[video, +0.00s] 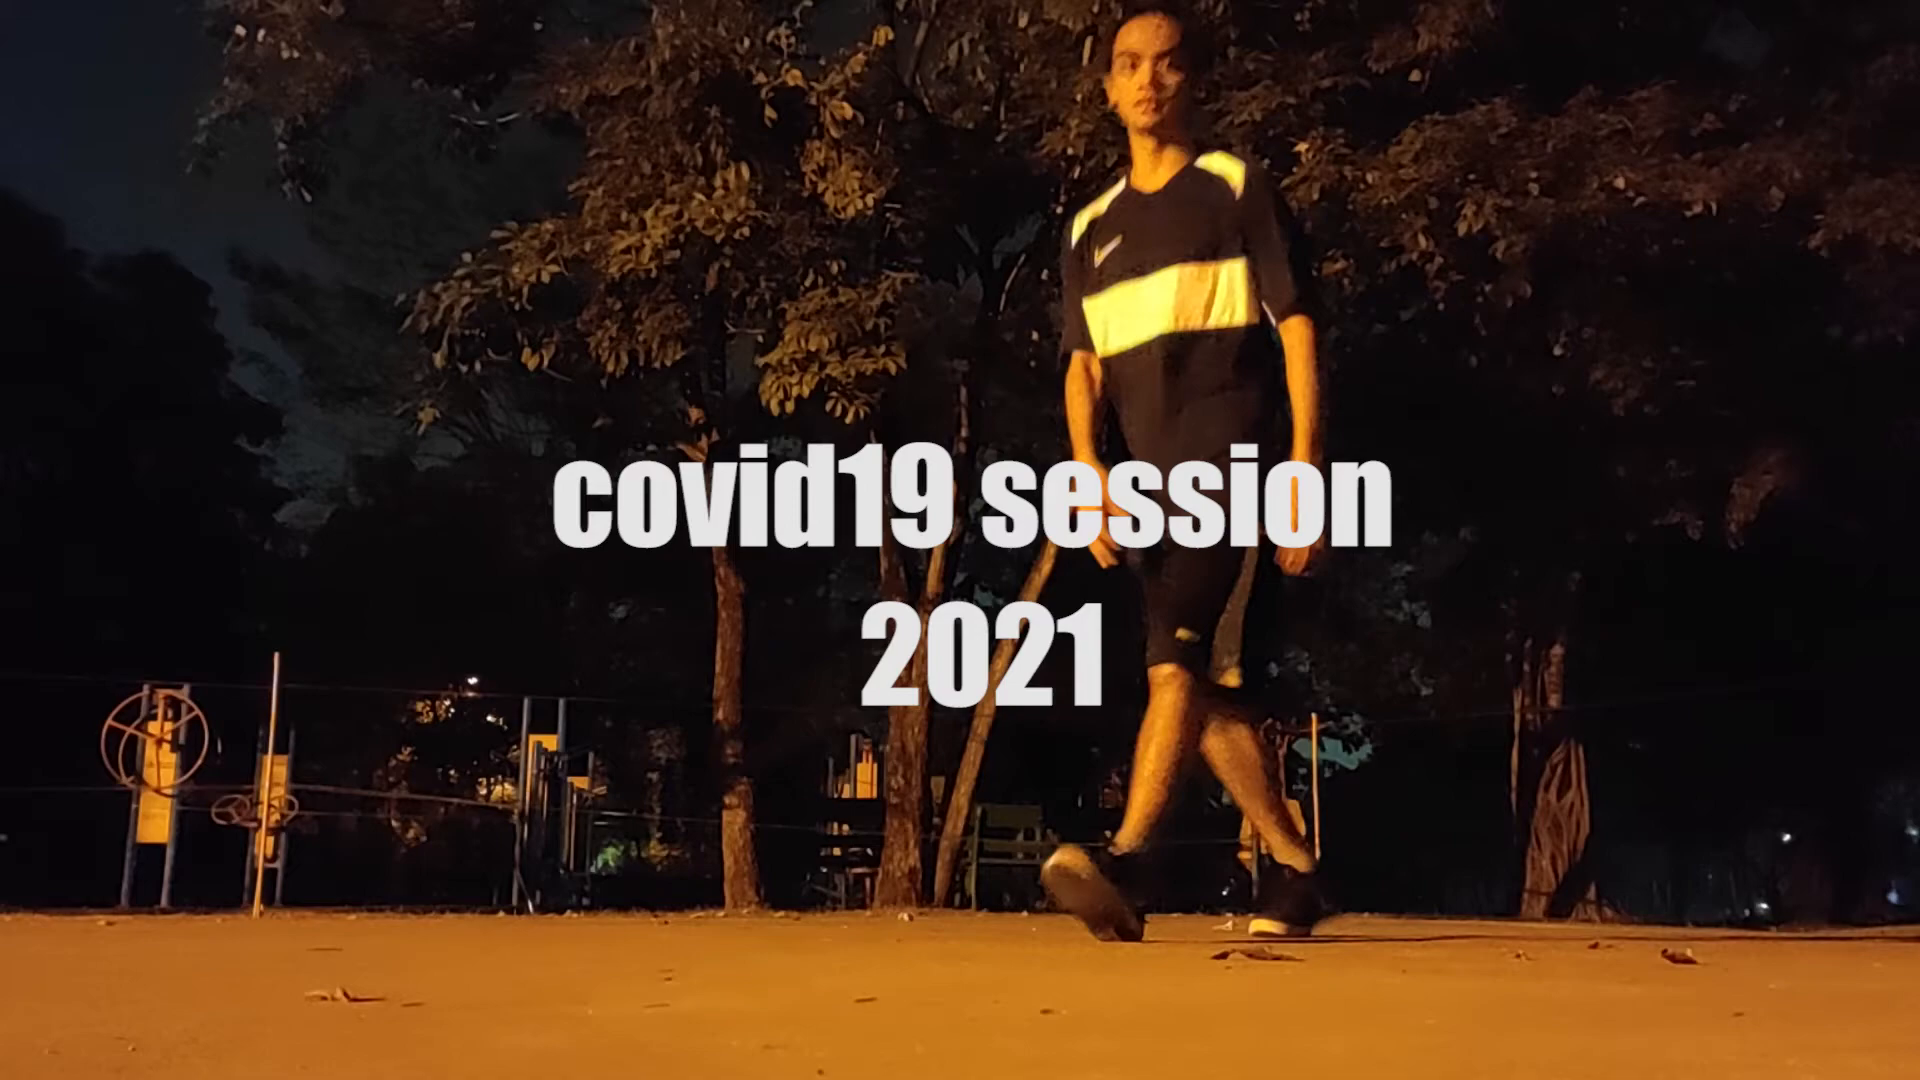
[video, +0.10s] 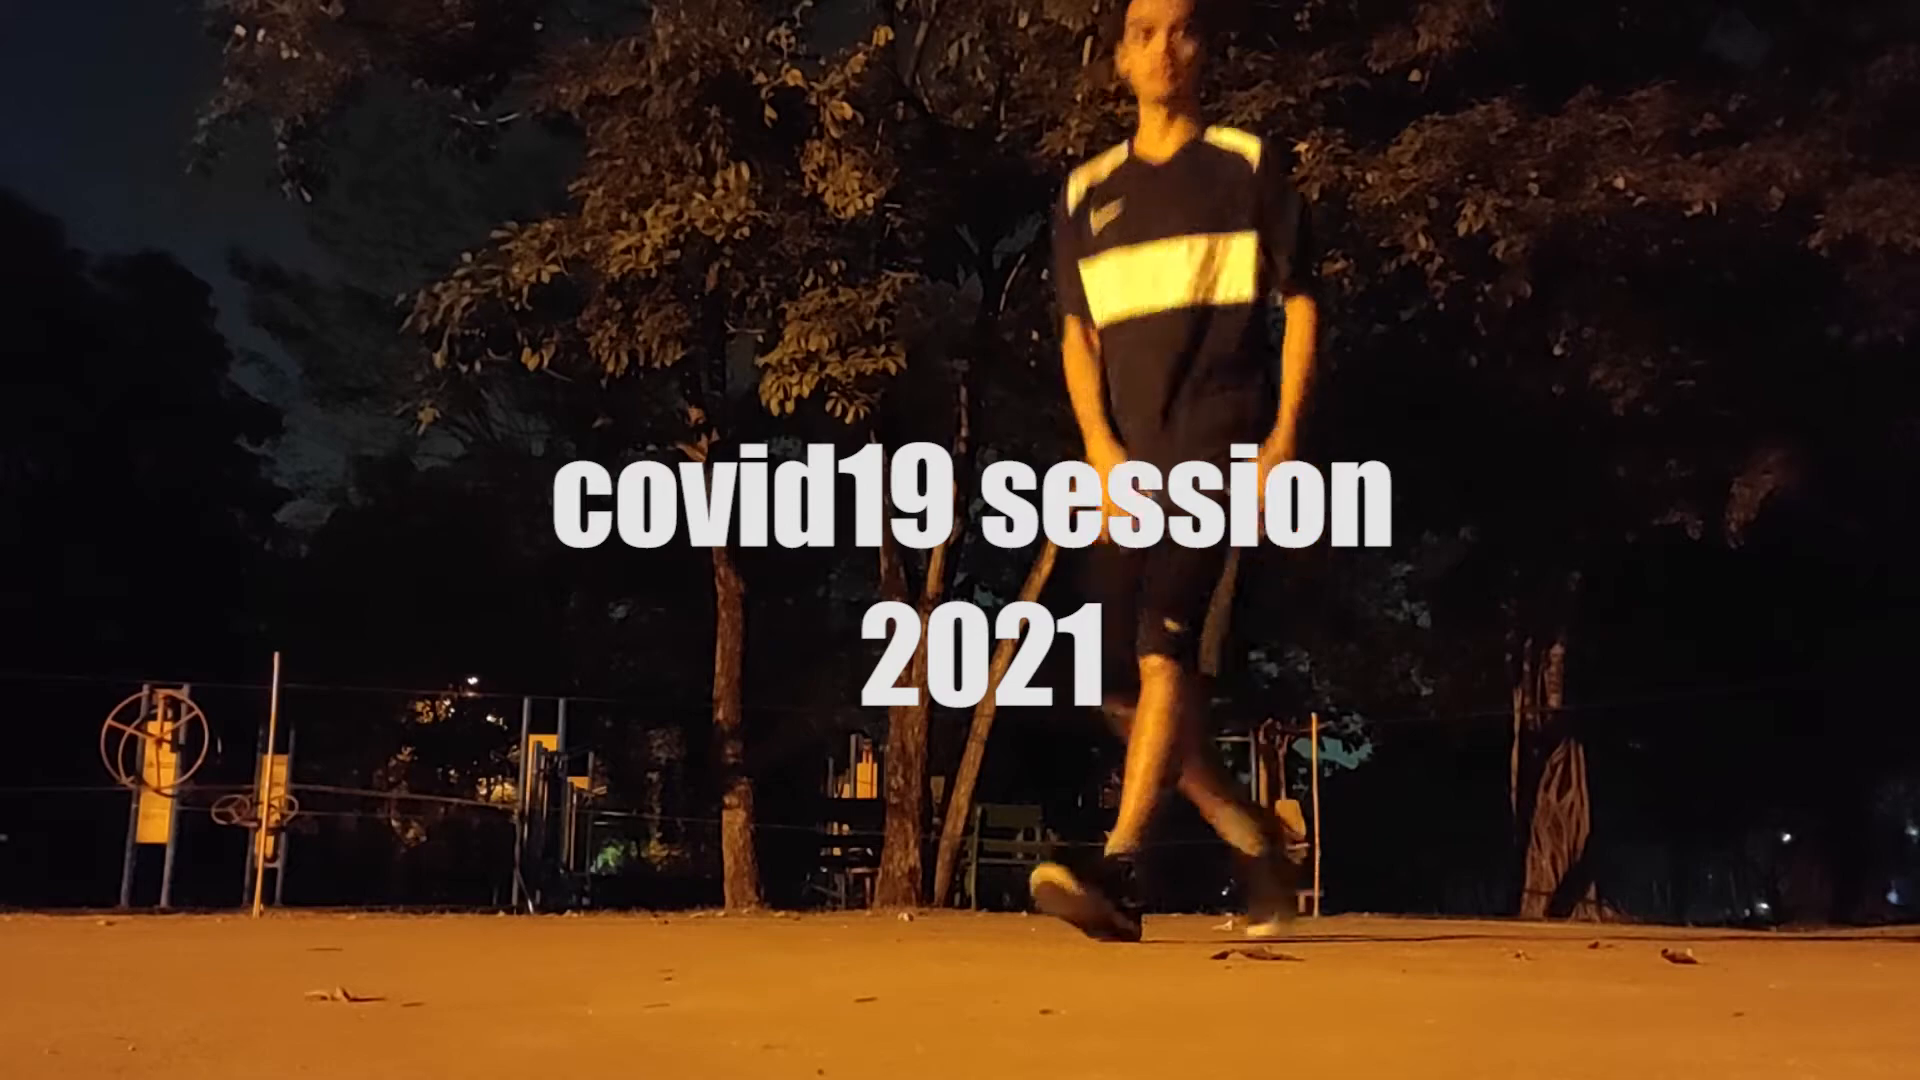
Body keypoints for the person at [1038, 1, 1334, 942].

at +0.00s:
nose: (1150, 79)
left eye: (1167, 62)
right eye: (1132, 64)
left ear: (1195, 78)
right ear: (1107, 84)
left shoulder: (1237, 185)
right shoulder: (1088, 225)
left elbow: (1297, 330)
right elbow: (1083, 366)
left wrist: (1304, 478)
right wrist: (1088, 479)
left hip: (1232, 472)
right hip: (1141, 484)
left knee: (1177, 651)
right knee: (1191, 682)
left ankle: (1126, 865)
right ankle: (1293, 860)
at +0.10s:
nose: (1165, 48)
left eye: (1182, 31)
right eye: (1146, 34)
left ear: (1207, 52)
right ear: (1119, 58)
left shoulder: (1252, 164)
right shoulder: (1085, 189)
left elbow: (1301, 303)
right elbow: (1078, 334)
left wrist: (1284, 434)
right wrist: (1101, 449)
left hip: (1219, 449)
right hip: (1124, 459)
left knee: (1167, 644)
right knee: (1119, 684)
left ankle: (1118, 872)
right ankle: (1252, 835)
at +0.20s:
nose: (1183, 25)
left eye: (1199, 11)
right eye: (1164, 11)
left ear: (1222, 30)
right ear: (1134, 31)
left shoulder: (1266, 163)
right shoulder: (1073, 165)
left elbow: (1294, 310)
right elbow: (1041, 316)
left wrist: (1248, 428)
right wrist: (1088, 422)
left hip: (1202, 451)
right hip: (1092, 448)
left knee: (1147, 640)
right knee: (1015, 632)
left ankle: (1111, 877)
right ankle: (1142, 795)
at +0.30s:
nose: (1192, 27)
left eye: (1209, 13)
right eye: (1174, 11)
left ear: (1227, 36)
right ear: (1140, 31)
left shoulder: (1273, 181)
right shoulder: (1068, 166)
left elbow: (1293, 340)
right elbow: (1022, 321)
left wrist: (1242, 448)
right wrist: (1090, 416)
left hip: (1196, 466)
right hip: (1078, 450)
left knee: (1140, 637)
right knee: (1007, 532)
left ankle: (1112, 876)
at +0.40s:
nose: (1203, 10)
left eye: (1218, 2)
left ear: (1243, 17)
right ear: (1158, 5)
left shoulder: (1278, 136)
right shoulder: (1086, 103)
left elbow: (1286, 295)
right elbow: (1028, 250)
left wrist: (1248, 390)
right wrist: (1108, 358)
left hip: (1201, 428)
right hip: (1085, 404)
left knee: (1164, 626)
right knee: (1084, 568)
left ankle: (1106, 837)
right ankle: (1061, 822)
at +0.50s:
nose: (1220, 6)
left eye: (1227, 2)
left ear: (1239, 7)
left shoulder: (1267, 101)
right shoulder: (1098, 55)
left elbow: (1258, 251)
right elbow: (1041, 203)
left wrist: (1261, 340)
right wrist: (1136, 324)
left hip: (1206, 383)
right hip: (1101, 367)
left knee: (1187, 611)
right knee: (1182, 582)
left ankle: (1018, 804)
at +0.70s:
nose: (1225, 10)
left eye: (1225, 2)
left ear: (1177, 2)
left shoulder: (1155, 78)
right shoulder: (1119, 63)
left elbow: (1160, 246)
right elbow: (1141, 226)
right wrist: (1258, 357)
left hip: (1180, 403)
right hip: (1180, 397)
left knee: (1241, 677)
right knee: (1335, 596)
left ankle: (993, 813)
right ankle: (1353, 882)